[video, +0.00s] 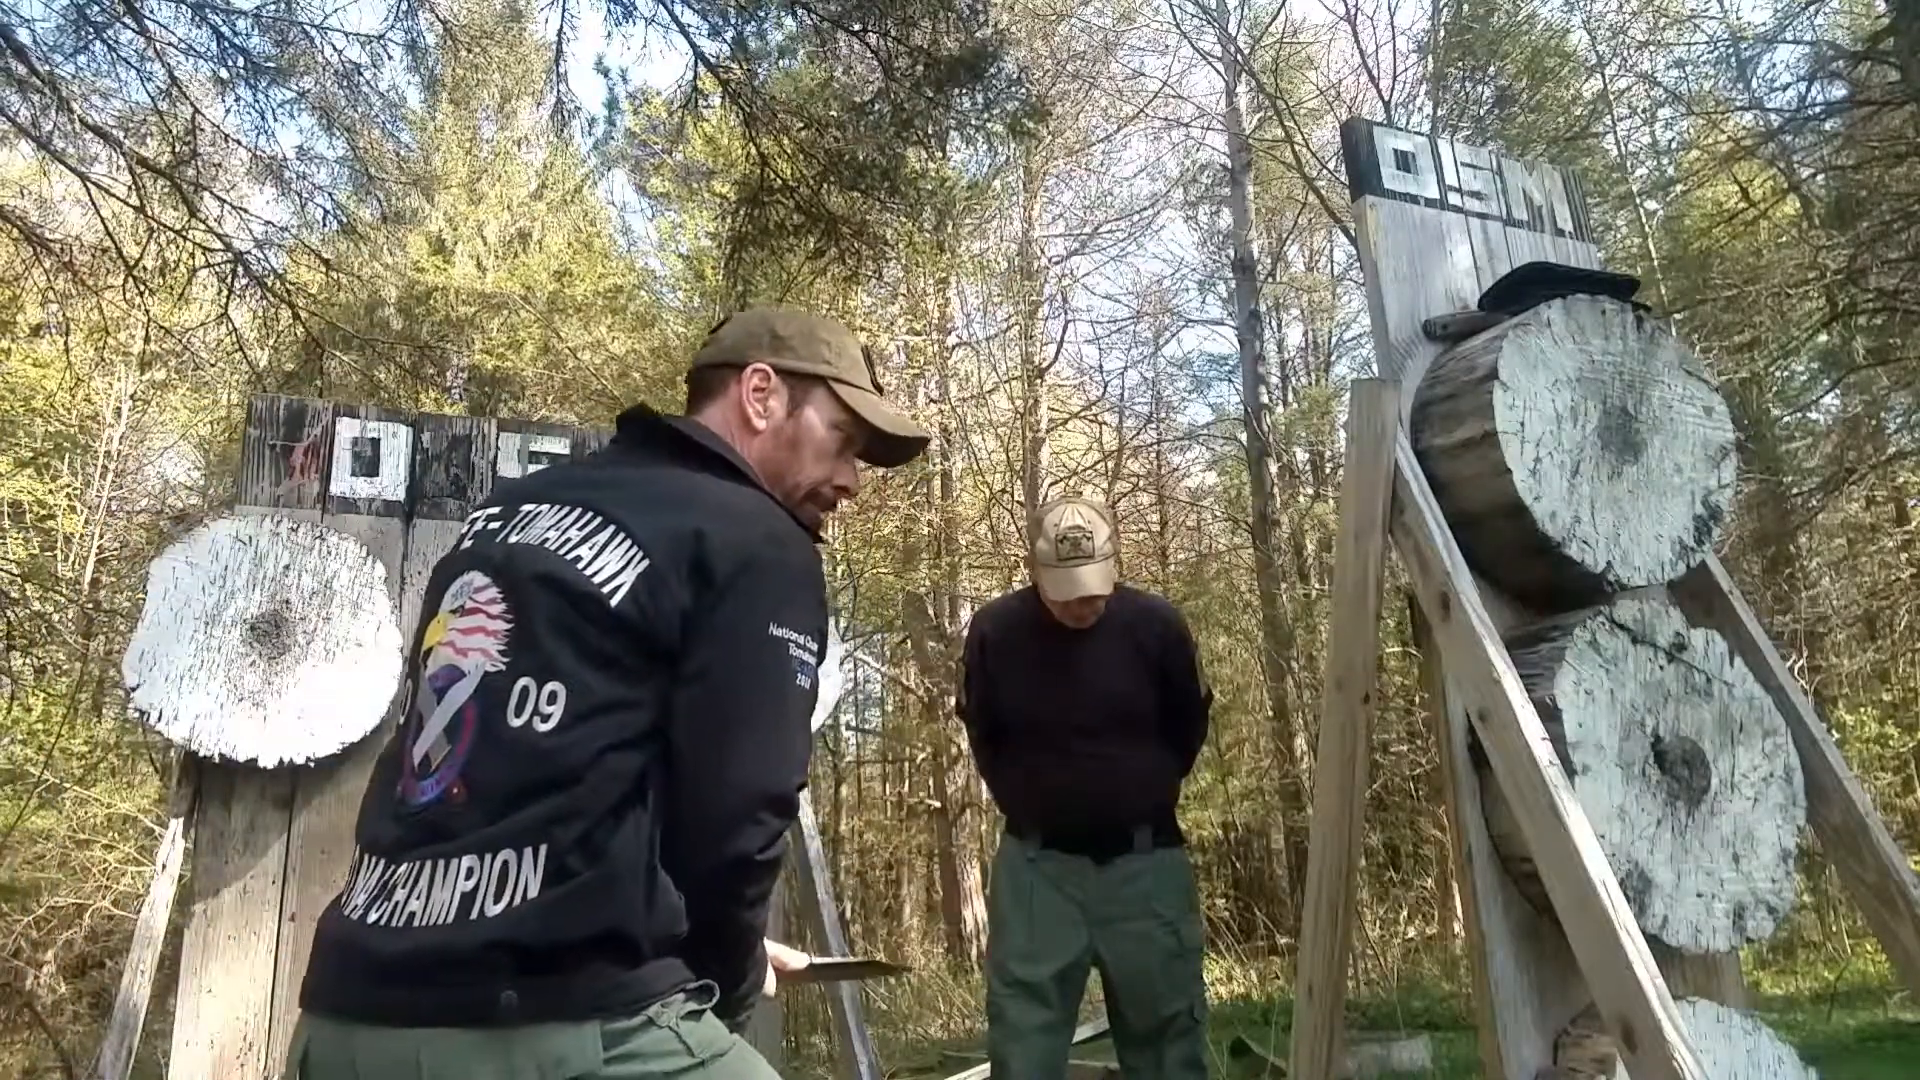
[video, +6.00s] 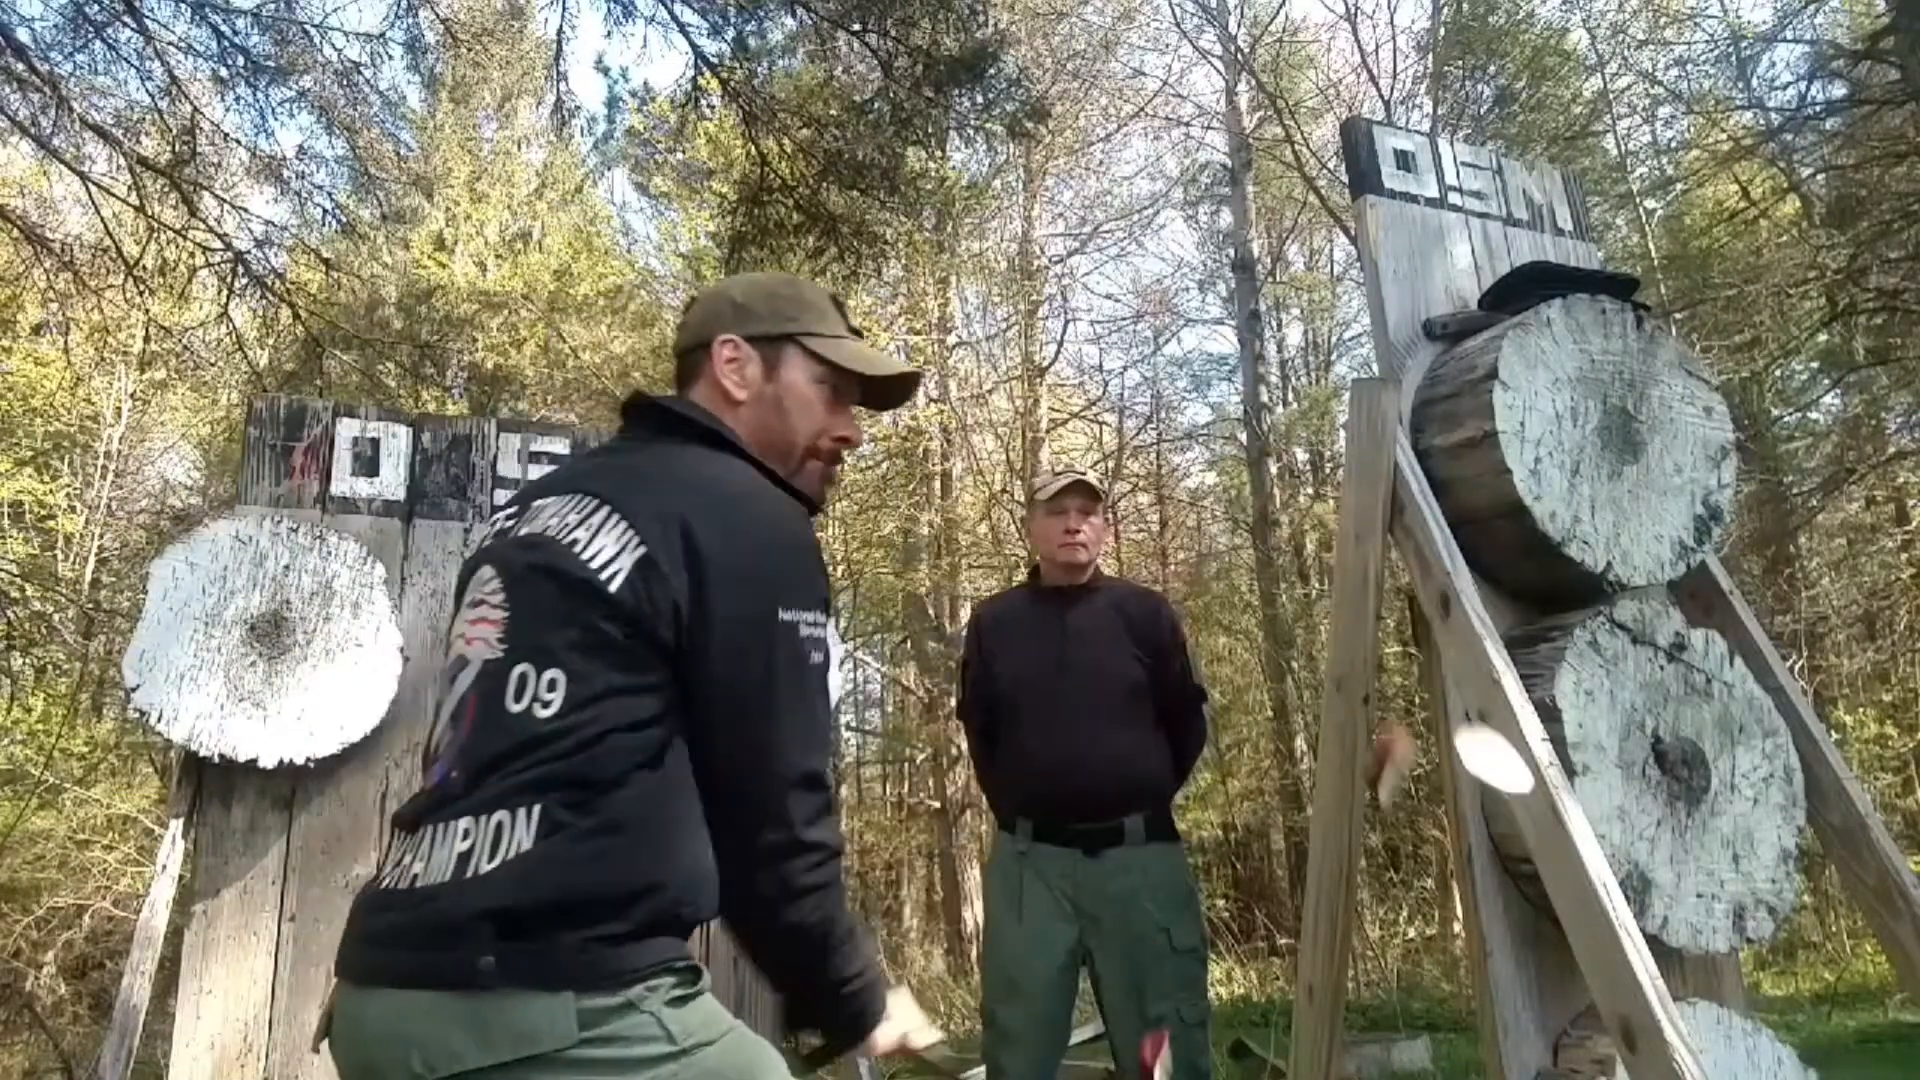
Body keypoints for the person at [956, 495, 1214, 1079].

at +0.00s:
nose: (1082, 606)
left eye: (1094, 593)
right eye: (1066, 595)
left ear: (1112, 567)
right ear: (1038, 573)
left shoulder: (1158, 624)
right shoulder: (994, 629)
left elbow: (1188, 723)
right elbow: (983, 730)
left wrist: (1141, 799)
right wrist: (1032, 808)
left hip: (1147, 876)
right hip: (1034, 876)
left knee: (1168, 1054)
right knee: (1022, 1058)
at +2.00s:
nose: (1068, 524)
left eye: (1082, 512)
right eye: (1053, 515)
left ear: (1111, 530)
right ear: (1032, 534)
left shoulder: (1154, 615)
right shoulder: (1001, 618)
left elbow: (1194, 732)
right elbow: (982, 723)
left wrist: (1140, 812)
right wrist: (1024, 815)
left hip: (1140, 862)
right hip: (1026, 861)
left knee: (1164, 1058)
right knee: (1017, 1059)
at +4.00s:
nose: (1069, 521)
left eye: (1083, 510)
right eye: (1053, 512)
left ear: (1110, 530)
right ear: (1034, 533)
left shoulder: (1153, 614)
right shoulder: (1000, 618)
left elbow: (1194, 731)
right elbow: (983, 726)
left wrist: (1141, 813)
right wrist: (1026, 814)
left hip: (1138, 860)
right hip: (1025, 861)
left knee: (1164, 1057)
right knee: (1016, 1059)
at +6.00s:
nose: (1074, 525)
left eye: (1087, 513)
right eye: (1058, 513)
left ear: (1105, 533)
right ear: (1030, 530)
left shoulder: (1146, 612)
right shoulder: (992, 620)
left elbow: (1187, 722)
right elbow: (979, 730)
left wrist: (1138, 803)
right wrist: (1026, 815)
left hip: (1140, 861)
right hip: (1028, 862)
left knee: (1167, 1048)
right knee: (1019, 1052)